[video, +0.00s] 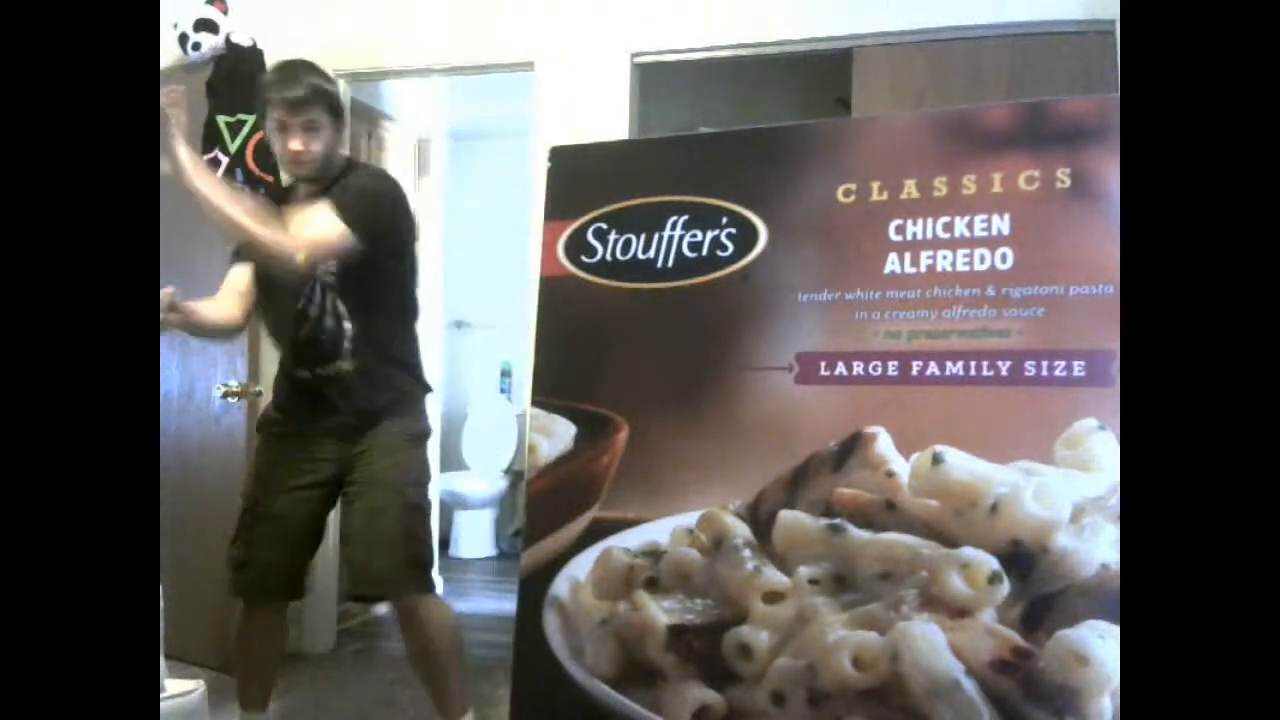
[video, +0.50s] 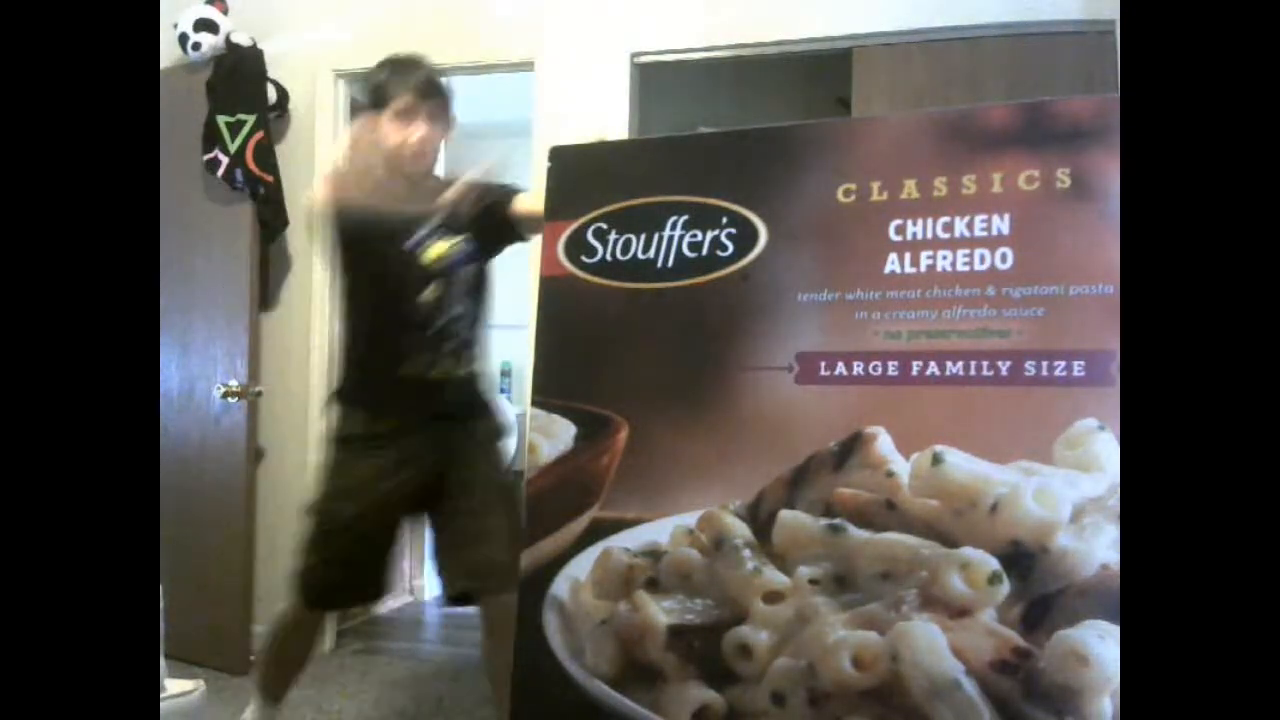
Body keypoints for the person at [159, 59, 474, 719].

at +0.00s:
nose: (298, 145)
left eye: (313, 130)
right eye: (285, 130)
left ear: (340, 131)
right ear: (268, 135)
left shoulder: (373, 190)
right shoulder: (267, 216)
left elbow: (297, 251)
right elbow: (231, 311)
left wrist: (189, 168)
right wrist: (180, 309)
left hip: (385, 414)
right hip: (301, 416)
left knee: (399, 572)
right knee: (263, 581)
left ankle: (459, 715)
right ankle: (253, 715)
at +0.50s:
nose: (424, 136)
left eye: (435, 120)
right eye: (407, 118)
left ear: (449, 128)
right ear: (369, 125)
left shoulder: (470, 207)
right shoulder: (358, 205)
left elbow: (555, 213)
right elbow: (346, 197)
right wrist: (364, 149)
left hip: (462, 421)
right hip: (375, 425)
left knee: (501, 589)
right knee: (315, 597)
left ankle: (512, 713)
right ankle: (261, 710)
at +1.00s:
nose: (517, 131)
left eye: (525, 115)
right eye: (510, 114)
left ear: (541, 121)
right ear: (483, 115)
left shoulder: (556, 201)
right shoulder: (460, 183)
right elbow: (418, 133)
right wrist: (475, 136)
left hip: (537, 432)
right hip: (460, 422)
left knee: (538, 612)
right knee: (371, 595)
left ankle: (555, 719)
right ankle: (325, 716)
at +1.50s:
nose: (415, 172)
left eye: (420, 154)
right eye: (412, 156)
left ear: (460, 145)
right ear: (456, 149)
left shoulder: (525, 206)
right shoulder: (477, 215)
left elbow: (451, 259)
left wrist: (361, 275)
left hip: (534, 439)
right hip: (478, 429)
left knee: (498, 630)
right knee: (415, 613)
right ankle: (374, 713)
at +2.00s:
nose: (443, 112)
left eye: (456, 96)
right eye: (427, 98)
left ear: (480, 102)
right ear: (407, 109)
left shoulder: (517, 188)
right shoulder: (384, 203)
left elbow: (595, 171)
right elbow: (331, 291)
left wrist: (522, 167)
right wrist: (420, 257)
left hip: (494, 424)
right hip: (403, 421)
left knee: (511, 607)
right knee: (331, 597)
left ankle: (532, 719)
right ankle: (288, 717)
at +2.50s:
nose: (387, 87)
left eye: (400, 74)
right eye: (370, 73)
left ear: (412, 86)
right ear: (338, 83)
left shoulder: (426, 176)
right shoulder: (308, 145)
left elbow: (518, 213)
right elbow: (269, 57)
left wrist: (493, 156)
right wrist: (343, 56)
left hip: (407, 404)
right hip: (315, 402)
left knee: (455, 586)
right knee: (283, 603)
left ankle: (480, 716)